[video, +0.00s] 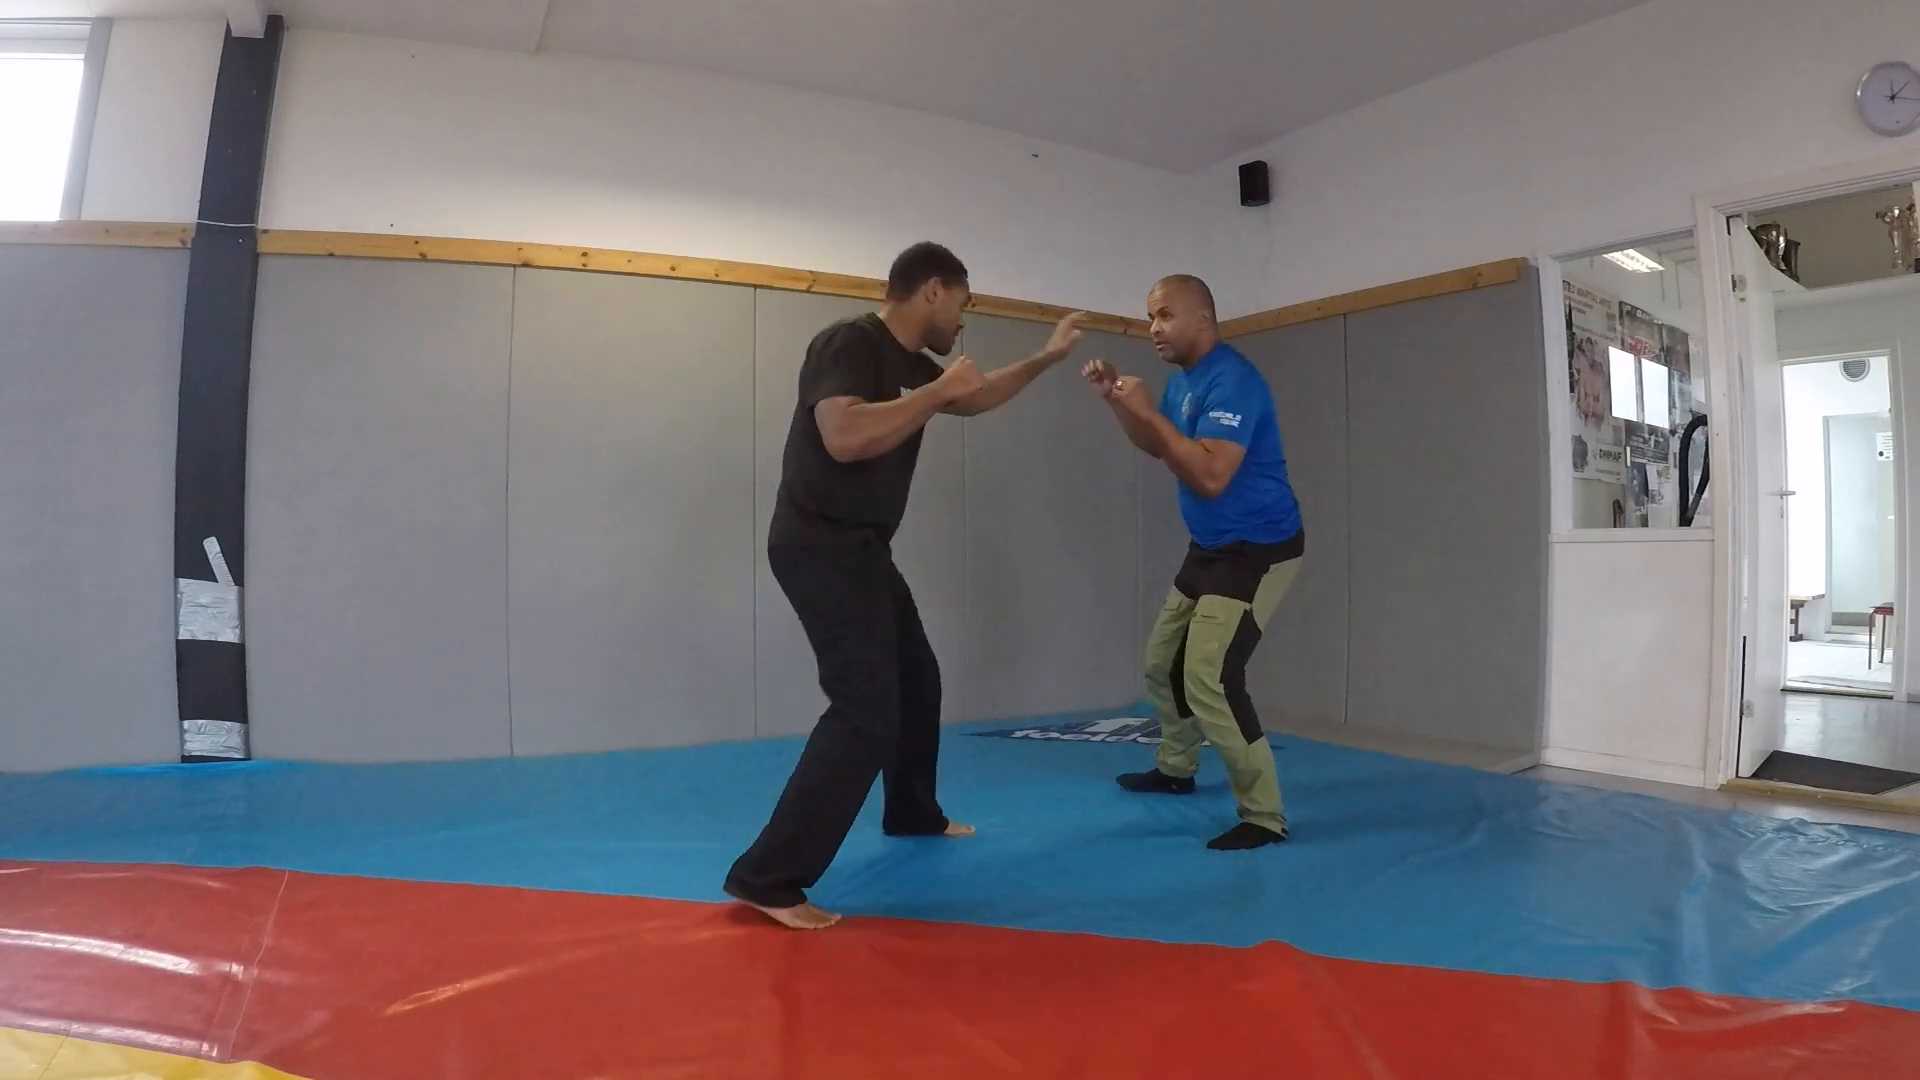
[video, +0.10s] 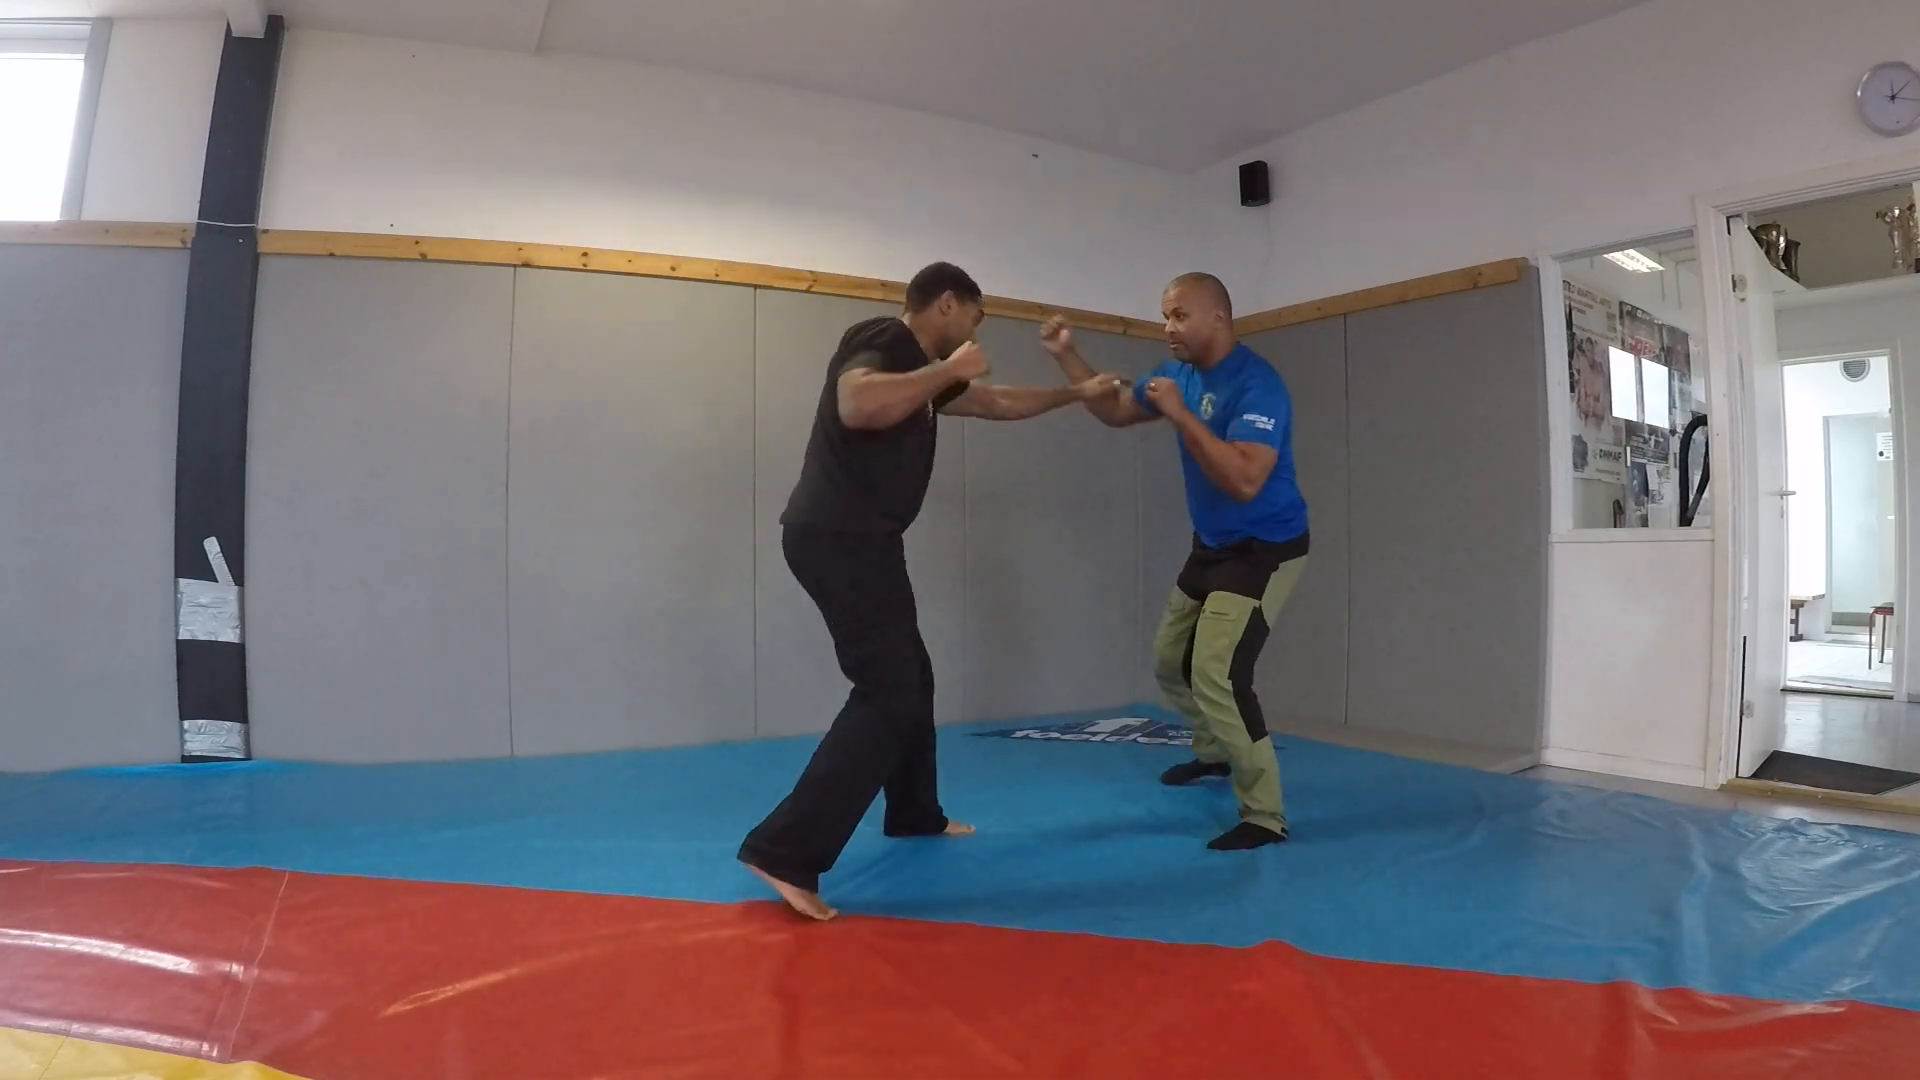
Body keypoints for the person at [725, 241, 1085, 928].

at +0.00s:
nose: (963, 318)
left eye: (965, 307)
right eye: (962, 304)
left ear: (924, 294)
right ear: (932, 292)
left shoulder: (915, 363)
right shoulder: (848, 343)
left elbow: (976, 400)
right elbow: (844, 437)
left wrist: (1048, 358)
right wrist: (940, 393)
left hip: (863, 548)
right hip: (818, 547)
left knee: (917, 677)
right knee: (868, 705)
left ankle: (912, 813)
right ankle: (766, 879)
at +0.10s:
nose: (972, 331)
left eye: (974, 322)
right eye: (972, 319)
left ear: (935, 306)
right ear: (948, 304)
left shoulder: (922, 367)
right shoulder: (879, 339)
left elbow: (998, 402)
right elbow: (858, 407)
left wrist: (1080, 391)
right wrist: (950, 373)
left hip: (870, 539)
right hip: (836, 537)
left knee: (911, 679)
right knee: (889, 692)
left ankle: (913, 813)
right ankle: (783, 852)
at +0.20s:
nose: (976, 348)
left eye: (980, 337)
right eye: (975, 331)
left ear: (925, 304)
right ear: (950, 310)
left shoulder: (901, 370)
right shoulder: (912, 327)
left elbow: (959, 427)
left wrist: (1033, 424)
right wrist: (1005, 320)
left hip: (849, 527)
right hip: (857, 526)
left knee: (900, 674)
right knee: (885, 687)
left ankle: (909, 813)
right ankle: (766, 835)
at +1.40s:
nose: (963, 337)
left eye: (967, 329)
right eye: (966, 328)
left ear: (914, 303)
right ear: (949, 311)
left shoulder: (856, 346)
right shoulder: (919, 356)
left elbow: (916, 415)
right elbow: (1010, 437)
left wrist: (979, 393)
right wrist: (1035, 372)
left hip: (841, 548)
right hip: (840, 551)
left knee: (924, 675)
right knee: (810, 713)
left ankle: (945, 812)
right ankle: (711, 874)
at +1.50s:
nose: (950, 324)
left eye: (954, 315)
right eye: (950, 312)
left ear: (896, 293)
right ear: (926, 294)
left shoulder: (827, 346)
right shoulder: (915, 343)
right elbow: (1013, 423)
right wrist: (1062, 420)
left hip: (816, 538)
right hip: (841, 544)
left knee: (914, 669)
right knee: (805, 712)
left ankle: (939, 811)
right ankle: (708, 874)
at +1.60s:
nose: (946, 319)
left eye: (950, 308)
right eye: (944, 304)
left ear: (892, 290)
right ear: (911, 288)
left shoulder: (827, 342)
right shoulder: (904, 340)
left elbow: (817, 445)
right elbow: (976, 447)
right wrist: (1025, 463)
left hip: (829, 539)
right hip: (843, 542)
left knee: (922, 668)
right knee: (801, 709)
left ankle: (930, 812)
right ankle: (711, 873)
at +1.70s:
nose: (941, 323)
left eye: (947, 313)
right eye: (939, 306)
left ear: (897, 289)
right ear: (903, 284)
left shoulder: (865, 339)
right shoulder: (873, 340)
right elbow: (916, 463)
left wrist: (955, 344)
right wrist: (976, 477)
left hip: (859, 543)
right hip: (830, 537)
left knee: (929, 668)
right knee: (807, 703)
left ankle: (931, 813)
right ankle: (714, 870)